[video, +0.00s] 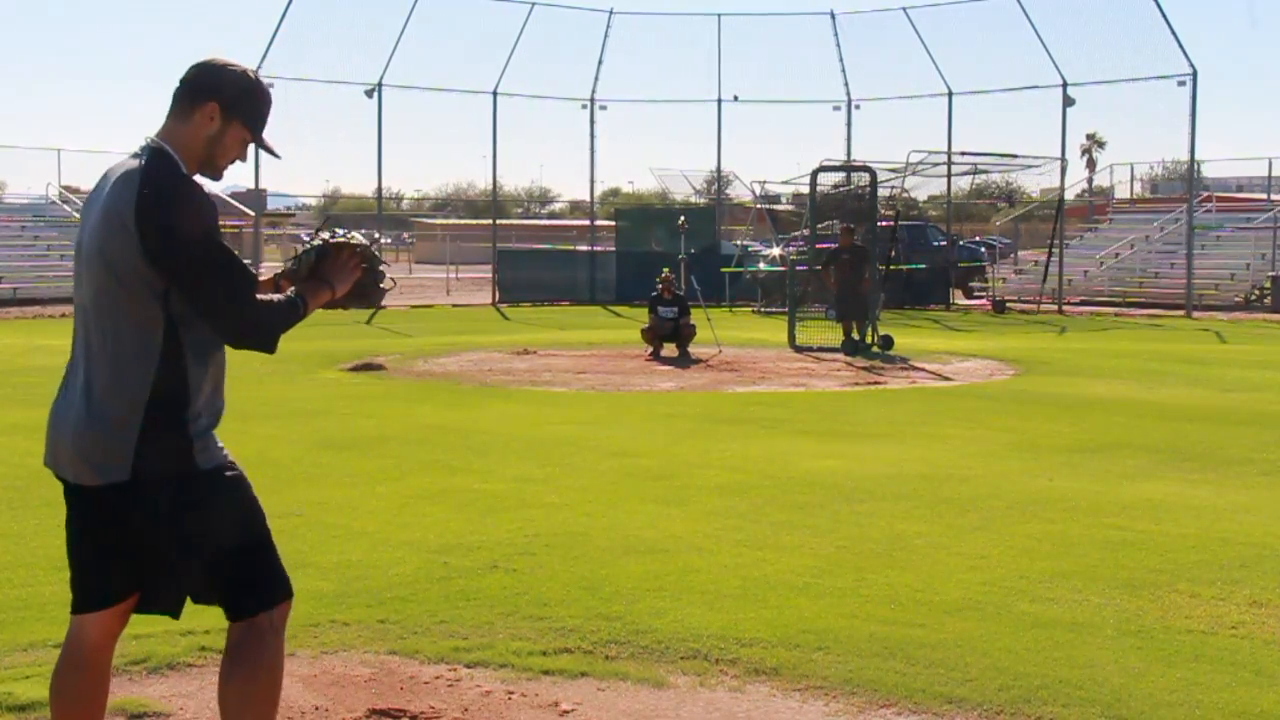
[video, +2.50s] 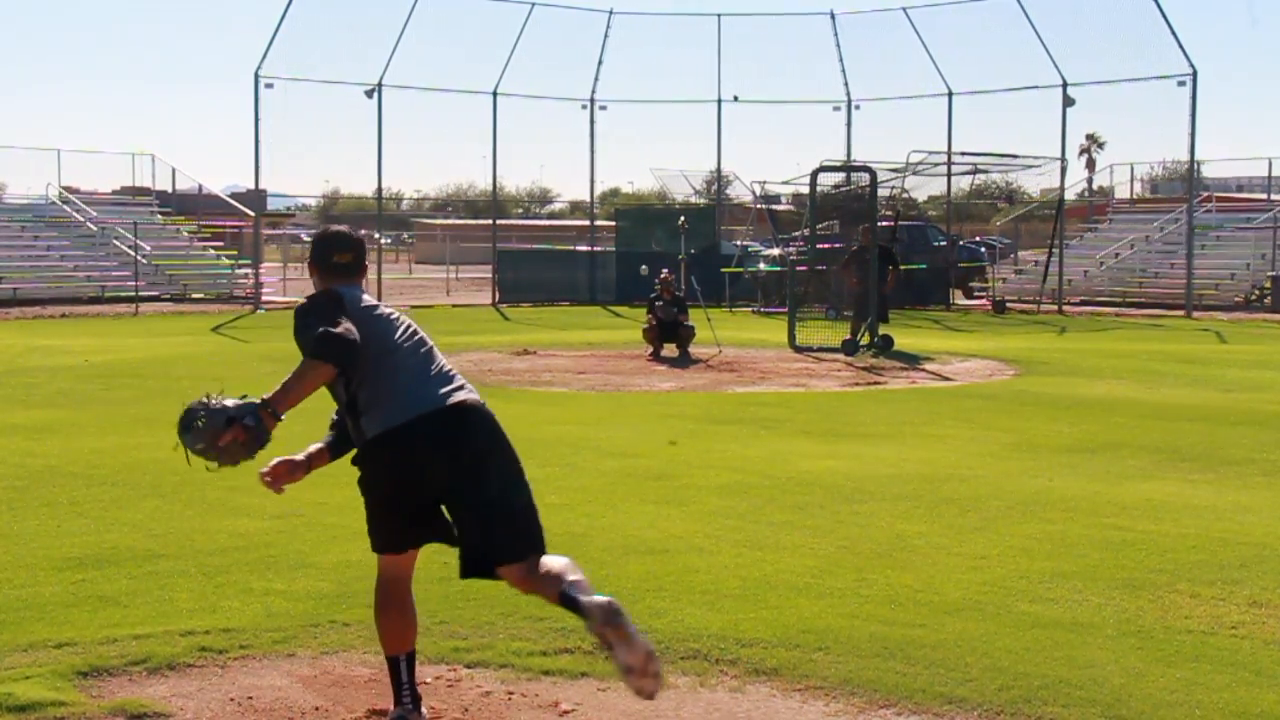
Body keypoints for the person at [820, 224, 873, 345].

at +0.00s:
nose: (845, 239)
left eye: (848, 236)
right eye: (843, 236)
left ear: (853, 237)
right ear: (840, 237)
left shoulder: (862, 251)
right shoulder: (835, 252)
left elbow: (870, 268)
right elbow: (824, 268)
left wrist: (868, 281)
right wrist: (830, 283)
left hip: (859, 286)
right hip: (842, 287)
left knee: (861, 316)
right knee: (845, 316)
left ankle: (862, 339)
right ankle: (847, 340)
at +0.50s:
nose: (844, 239)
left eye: (847, 236)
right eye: (842, 236)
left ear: (852, 237)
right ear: (839, 237)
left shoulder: (862, 251)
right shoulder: (836, 253)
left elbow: (870, 267)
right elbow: (824, 269)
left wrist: (868, 281)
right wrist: (830, 283)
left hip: (858, 288)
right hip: (842, 288)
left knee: (860, 317)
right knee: (845, 318)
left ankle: (862, 340)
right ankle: (847, 341)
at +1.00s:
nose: (845, 239)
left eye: (848, 236)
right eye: (843, 236)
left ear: (853, 237)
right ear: (840, 237)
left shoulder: (861, 251)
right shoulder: (835, 252)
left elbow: (871, 267)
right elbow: (823, 269)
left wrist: (868, 280)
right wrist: (830, 284)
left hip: (859, 287)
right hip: (842, 288)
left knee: (861, 317)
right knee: (845, 318)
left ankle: (862, 340)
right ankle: (848, 341)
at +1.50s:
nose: (855, 238)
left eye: (857, 235)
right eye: (853, 235)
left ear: (861, 236)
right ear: (848, 236)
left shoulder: (867, 251)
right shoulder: (843, 252)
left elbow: (880, 265)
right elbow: (830, 268)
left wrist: (874, 282)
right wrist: (835, 284)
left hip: (864, 288)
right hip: (848, 288)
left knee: (868, 317)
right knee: (848, 317)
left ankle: (871, 344)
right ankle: (849, 342)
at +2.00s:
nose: (867, 238)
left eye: (869, 235)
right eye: (864, 235)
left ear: (873, 236)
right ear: (860, 236)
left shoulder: (882, 251)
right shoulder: (856, 252)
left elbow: (893, 267)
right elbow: (843, 267)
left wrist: (889, 283)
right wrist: (851, 280)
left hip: (877, 288)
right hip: (860, 287)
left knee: (875, 316)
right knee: (856, 316)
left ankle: (873, 342)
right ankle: (850, 340)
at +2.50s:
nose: (867, 238)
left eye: (869, 235)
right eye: (864, 235)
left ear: (874, 236)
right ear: (861, 237)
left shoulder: (884, 251)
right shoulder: (857, 252)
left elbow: (895, 267)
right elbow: (844, 268)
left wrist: (889, 283)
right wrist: (851, 280)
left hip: (878, 288)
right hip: (862, 288)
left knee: (876, 316)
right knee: (858, 316)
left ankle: (873, 341)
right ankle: (852, 340)